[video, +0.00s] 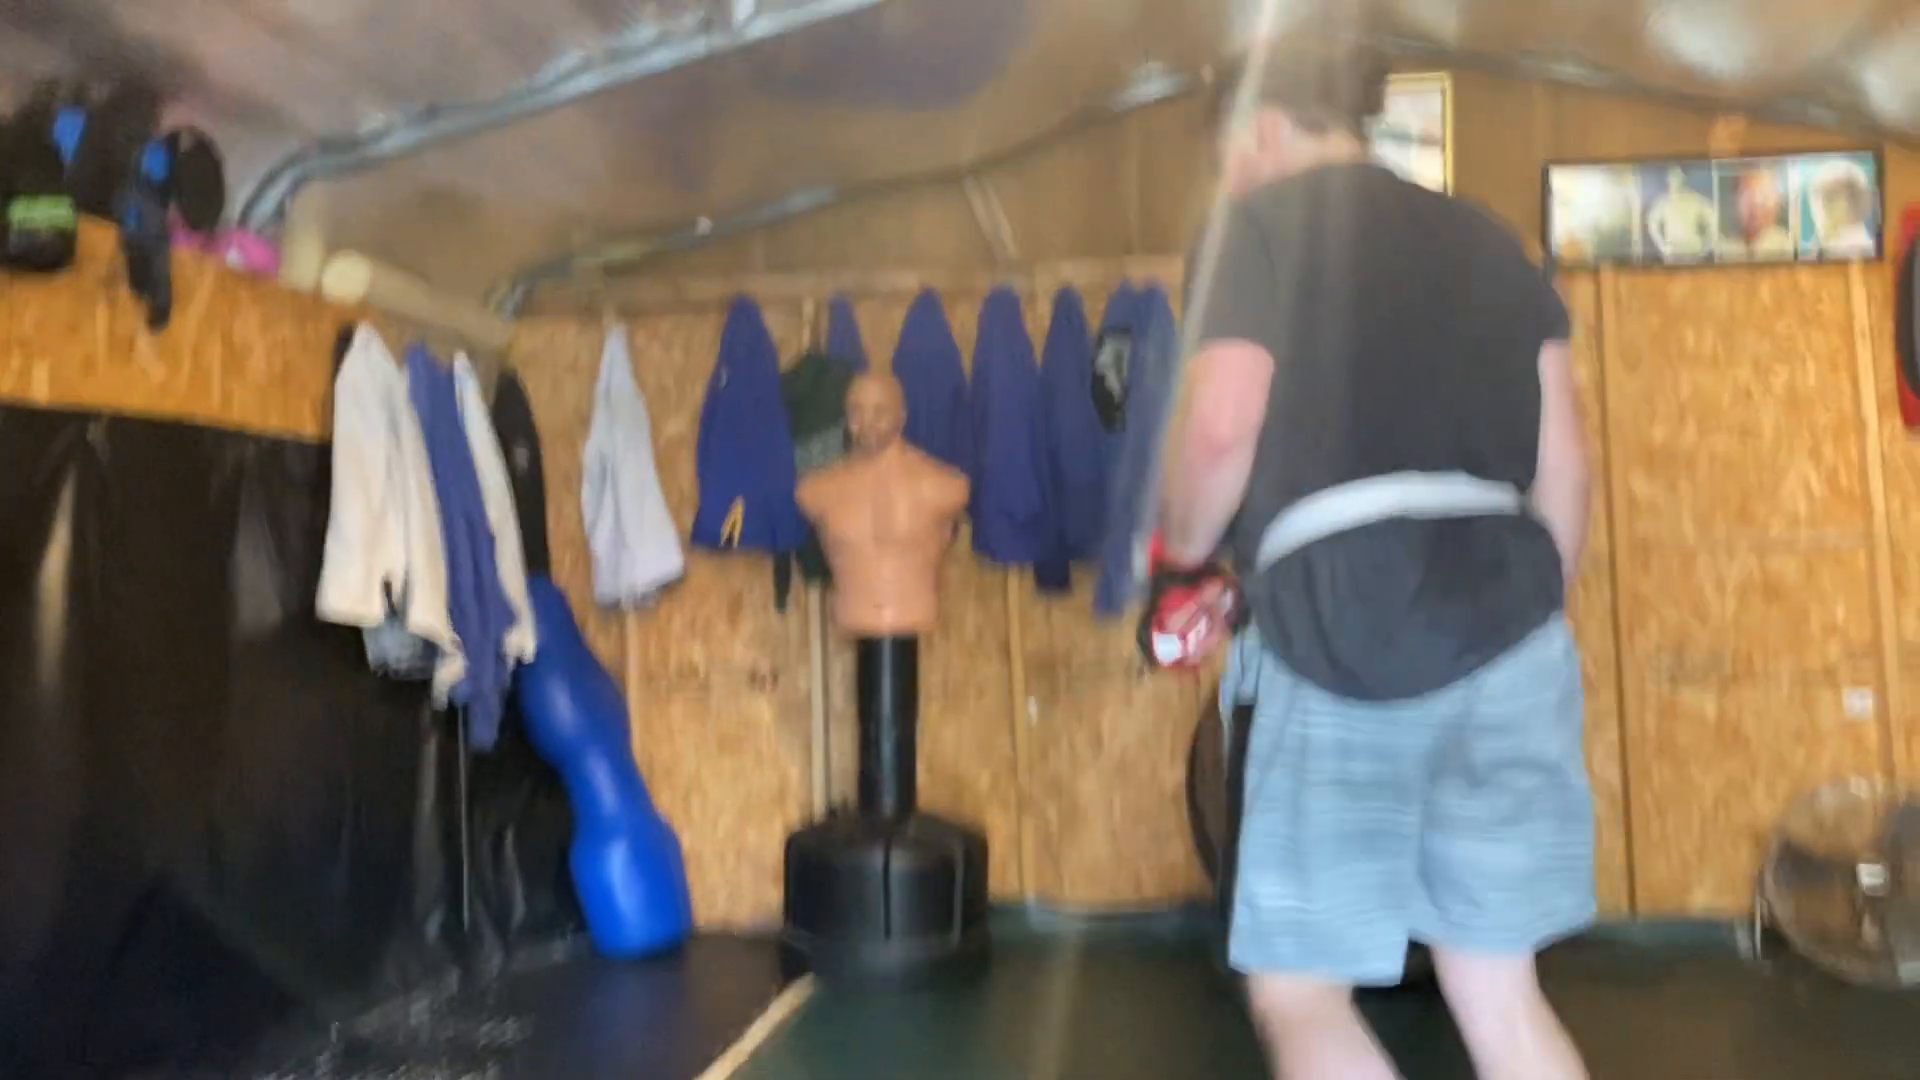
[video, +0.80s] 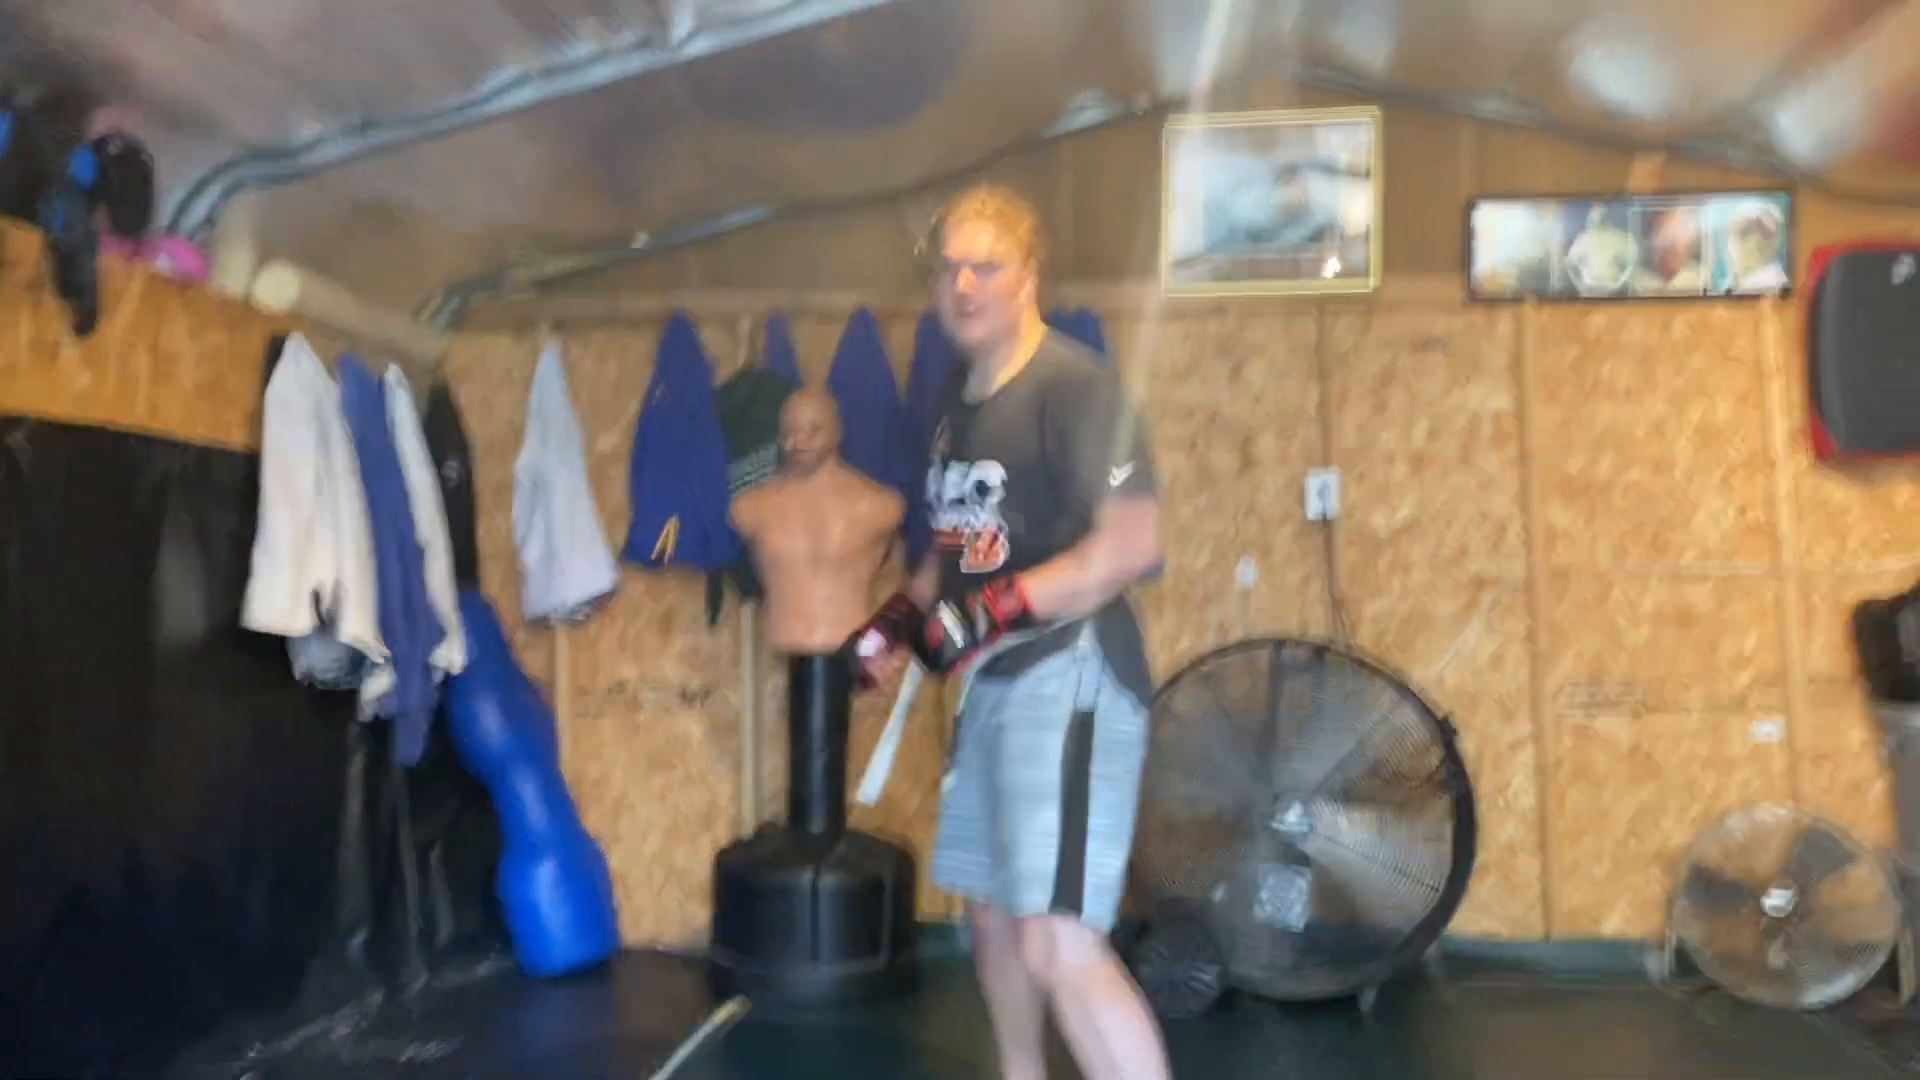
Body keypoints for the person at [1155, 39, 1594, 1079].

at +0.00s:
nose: (1230, 183)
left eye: (1229, 159)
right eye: (1225, 164)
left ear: (1269, 133)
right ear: (1356, 132)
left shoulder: (1269, 219)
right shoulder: (1495, 239)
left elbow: (1223, 424)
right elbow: (1562, 466)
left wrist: (1182, 562)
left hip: (1340, 622)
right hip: (1512, 616)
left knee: (1300, 989)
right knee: (1497, 978)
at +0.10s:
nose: (1179, 195)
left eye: (1176, 166)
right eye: (1172, 171)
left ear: (1218, 137)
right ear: (1298, 134)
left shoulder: (1230, 229)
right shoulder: (1417, 245)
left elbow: (1206, 417)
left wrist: (1144, 550)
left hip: (1291, 625)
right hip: (1451, 612)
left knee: (1240, 943)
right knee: (1461, 955)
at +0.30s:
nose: (1080, 249)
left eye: (1085, 221)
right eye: (1076, 225)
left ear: (1142, 202)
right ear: (1162, 203)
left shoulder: (1153, 309)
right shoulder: (1310, 308)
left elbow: (1158, 505)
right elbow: (1325, 502)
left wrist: (1093, 611)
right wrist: (1134, 618)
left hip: (1224, 667)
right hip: (1355, 654)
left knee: (1183, 961)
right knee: (1352, 955)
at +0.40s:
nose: (1047, 259)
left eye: (1054, 233)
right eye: (1044, 237)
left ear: (1121, 217)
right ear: (1142, 218)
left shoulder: (1132, 332)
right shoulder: (1266, 313)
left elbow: (1135, 525)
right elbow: (1289, 510)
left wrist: (1058, 614)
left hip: (1196, 654)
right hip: (1301, 643)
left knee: (1157, 943)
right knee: (1242, 929)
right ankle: (1388, 1075)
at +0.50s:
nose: (1023, 243)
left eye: (1040, 219)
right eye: (1019, 222)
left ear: (1108, 213)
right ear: (1110, 218)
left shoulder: (1125, 320)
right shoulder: (1203, 306)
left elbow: (1133, 518)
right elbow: (1178, 510)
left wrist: (1030, 587)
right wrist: (1052, 599)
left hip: (1176, 648)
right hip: (1243, 637)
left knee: (1149, 922)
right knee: (1173, 905)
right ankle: (1283, 1072)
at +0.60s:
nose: (1014, 239)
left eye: (1036, 217)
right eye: (1006, 221)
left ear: (1101, 220)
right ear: (1006, 233)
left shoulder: (1127, 326)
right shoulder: (1085, 337)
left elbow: (1142, 515)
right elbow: (1090, 513)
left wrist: (1010, 579)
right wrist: (1012, 581)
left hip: (1156, 642)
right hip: (1108, 643)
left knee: (1151, 934)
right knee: (1094, 899)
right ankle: (1154, 1066)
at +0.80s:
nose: (962, 287)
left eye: (983, 268)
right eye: (950, 270)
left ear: (1029, 275)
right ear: (936, 283)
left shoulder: (1079, 384)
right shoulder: (958, 407)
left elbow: (1133, 540)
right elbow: (943, 556)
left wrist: (992, 606)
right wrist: (900, 623)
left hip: (1073, 679)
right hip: (989, 686)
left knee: (1058, 942)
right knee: (993, 922)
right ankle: (1021, 1073)